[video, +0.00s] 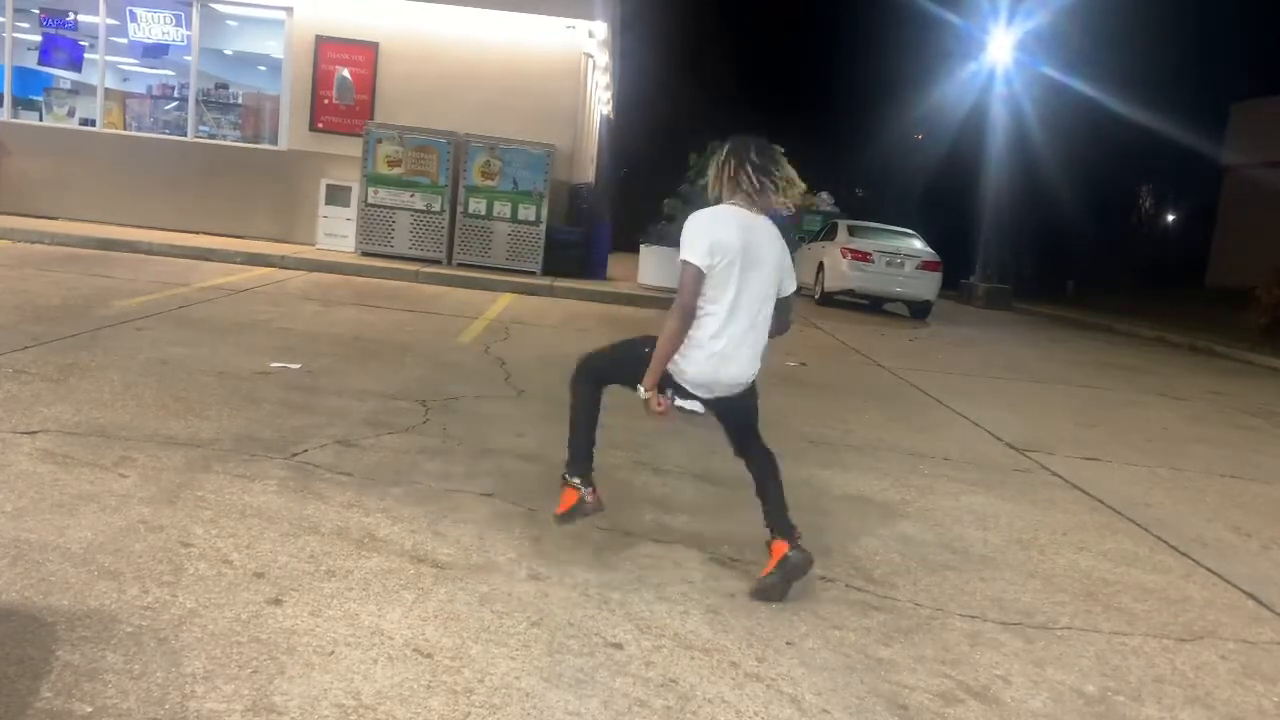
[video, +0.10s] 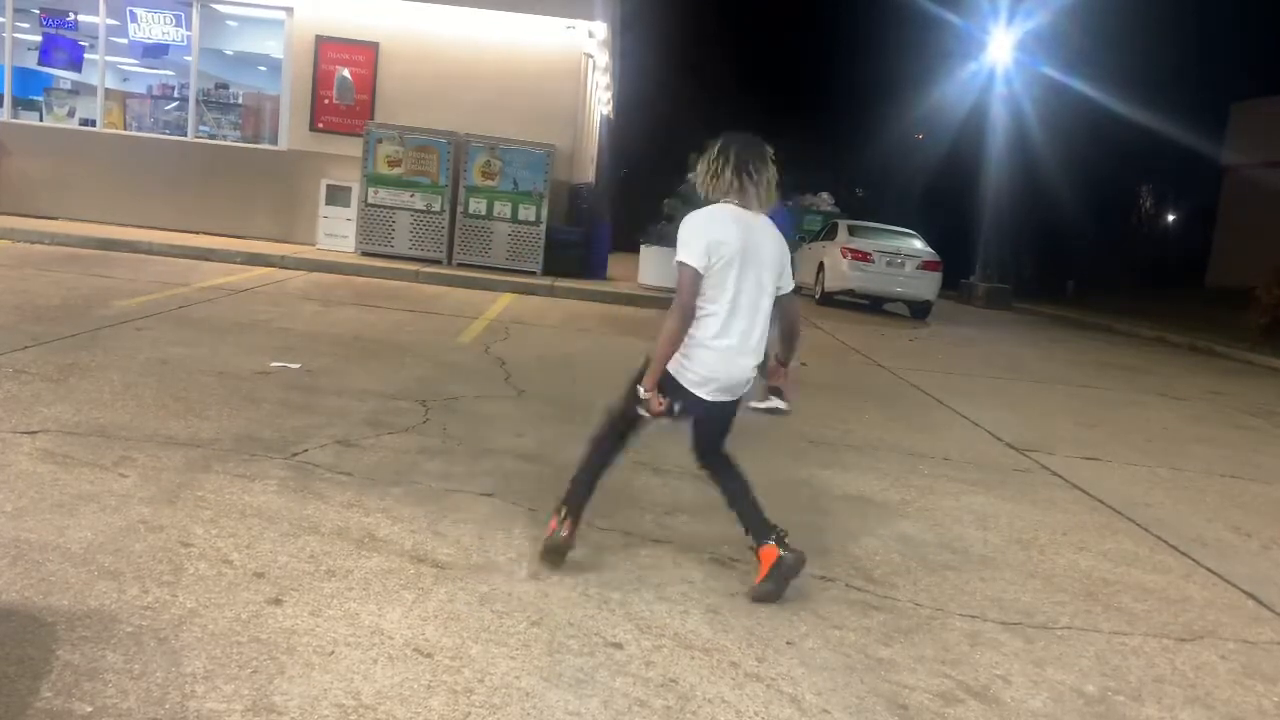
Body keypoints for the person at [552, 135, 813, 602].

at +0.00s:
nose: (711, 177)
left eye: (714, 170)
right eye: (714, 170)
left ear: (724, 174)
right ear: (766, 179)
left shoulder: (705, 223)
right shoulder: (775, 238)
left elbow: (685, 308)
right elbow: (782, 321)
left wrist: (652, 378)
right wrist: (733, 336)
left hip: (687, 364)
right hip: (738, 377)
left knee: (589, 371)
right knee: (753, 448)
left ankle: (578, 482)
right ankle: (784, 540)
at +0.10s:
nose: (701, 178)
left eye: (705, 171)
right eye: (704, 172)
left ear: (715, 173)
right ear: (763, 178)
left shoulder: (701, 223)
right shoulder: (774, 237)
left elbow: (683, 311)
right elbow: (791, 319)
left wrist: (651, 381)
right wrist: (782, 360)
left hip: (689, 369)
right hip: (738, 378)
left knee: (618, 425)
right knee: (712, 452)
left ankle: (567, 517)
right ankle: (769, 543)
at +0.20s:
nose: (707, 180)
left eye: (712, 173)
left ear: (722, 177)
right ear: (769, 184)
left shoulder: (700, 226)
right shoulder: (779, 241)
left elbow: (683, 311)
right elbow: (804, 319)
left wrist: (657, 380)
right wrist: (802, 366)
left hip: (687, 375)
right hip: (736, 383)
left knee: (620, 448)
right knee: (711, 463)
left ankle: (565, 549)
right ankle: (768, 559)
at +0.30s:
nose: (721, 184)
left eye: (728, 176)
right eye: (725, 175)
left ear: (743, 184)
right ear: (784, 193)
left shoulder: (718, 230)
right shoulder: (796, 246)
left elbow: (692, 311)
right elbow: (818, 324)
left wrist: (660, 389)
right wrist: (809, 357)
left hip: (696, 371)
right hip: (753, 387)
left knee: (598, 368)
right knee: (765, 447)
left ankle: (573, 478)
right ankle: (787, 544)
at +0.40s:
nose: (731, 193)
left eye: (737, 187)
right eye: (736, 186)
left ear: (745, 192)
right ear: (790, 198)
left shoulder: (722, 239)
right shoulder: (803, 252)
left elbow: (694, 320)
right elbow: (828, 328)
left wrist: (661, 393)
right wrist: (817, 357)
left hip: (705, 373)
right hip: (759, 386)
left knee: (625, 378)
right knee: (735, 458)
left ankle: (581, 474)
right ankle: (785, 558)